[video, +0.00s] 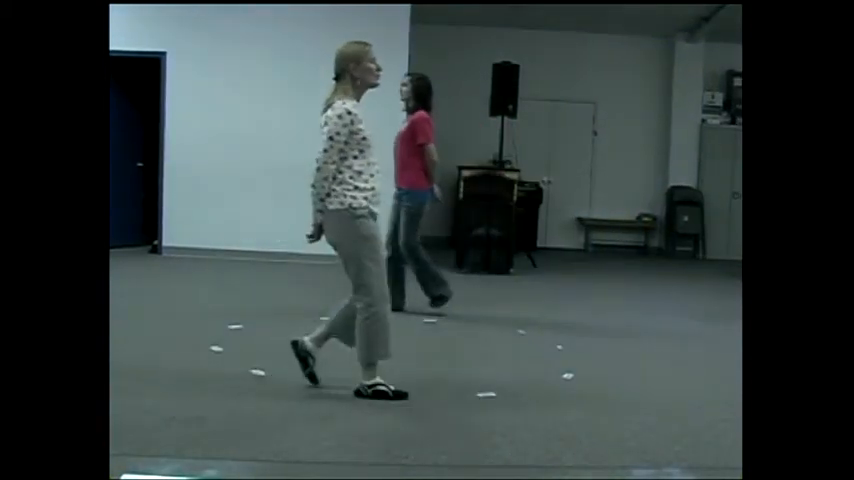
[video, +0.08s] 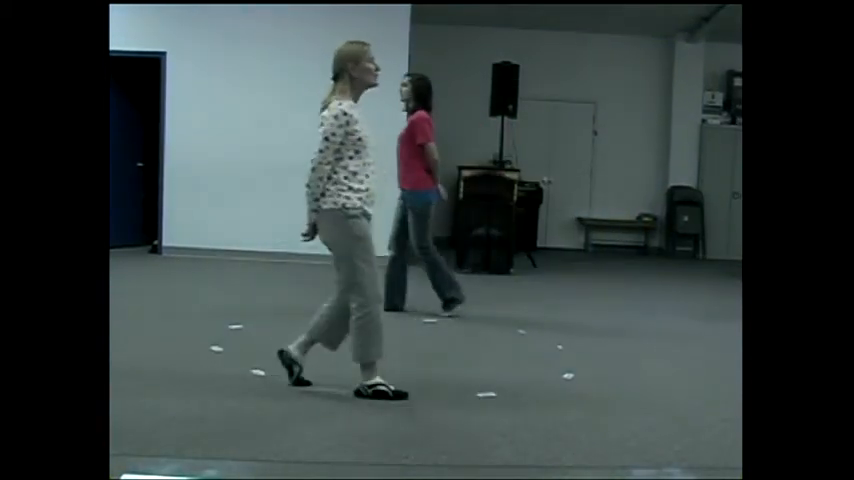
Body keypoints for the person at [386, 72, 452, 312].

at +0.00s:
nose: (401, 91)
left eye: (406, 86)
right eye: (401, 86)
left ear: (418, 92)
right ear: (409, 92)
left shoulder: (420, 119)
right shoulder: (411, 120)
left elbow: (430, 153)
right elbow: (421, 153)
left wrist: (432, 181)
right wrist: (429, 180)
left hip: (416, 189)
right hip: (404, 189)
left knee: (407, 243)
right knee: (393, 245)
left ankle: (438, 291)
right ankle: (395, 300)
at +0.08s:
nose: (401, 90)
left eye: (405, 86)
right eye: (402, 86)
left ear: (416, 92)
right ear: (413, 92)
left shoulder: (420, 119)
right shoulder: (413, 119)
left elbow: (431, 153)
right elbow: (423, 154)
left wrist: (435, 180)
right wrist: (433, 179)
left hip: (420, 191)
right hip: (409, 190)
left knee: (422, 246)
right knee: (398, 247)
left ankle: (451, 295)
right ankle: (394, 300)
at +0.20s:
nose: (400, 92)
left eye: (405, 88)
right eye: (401, 87)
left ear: (416, 93)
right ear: (414, 94)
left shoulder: (420, 122)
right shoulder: (414, 122)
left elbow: (436, 155)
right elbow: (426, 157)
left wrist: (443, 182)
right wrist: (443, 184)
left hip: (428, 194)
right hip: (416, 194)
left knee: (434, 247)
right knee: (404, 246)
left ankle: (458, 302)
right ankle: (397, 300)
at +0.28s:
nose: (400, 91)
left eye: (405, 87)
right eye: (401, 87)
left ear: (416, 93)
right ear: (414, 94)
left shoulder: (421, 121)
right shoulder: (415, 120)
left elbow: (437, 155)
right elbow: (428, 157)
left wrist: (445, 182)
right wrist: (446, 184)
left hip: (429, 193)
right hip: (417, 193)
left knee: (435, 247)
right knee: (406, 245)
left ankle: (458, 301)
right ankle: (408, 300)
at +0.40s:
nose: (399, 91)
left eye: (403, 87)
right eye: (399, 87)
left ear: (415, 92)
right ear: (413, 94)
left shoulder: (419, 119)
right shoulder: (414, 119)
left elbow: (432, 153)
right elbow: (426, 155)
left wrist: (439, 181)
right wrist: (437, 181)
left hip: (424, 192)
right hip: (415, 192)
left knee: (425, 245)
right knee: (413, 250)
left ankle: (454, 297)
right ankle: (426, 302)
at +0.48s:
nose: (397, 94)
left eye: (401, 90)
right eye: (397, 90)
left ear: (414, 94)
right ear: (410, 96)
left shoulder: (418, 123)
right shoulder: (413, 122)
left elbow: (430, 156)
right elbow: (425, 157)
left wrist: (436, 184)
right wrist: (434, 183)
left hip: (420, 193)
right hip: (413, 193)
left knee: (415, 248)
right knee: (413, 249)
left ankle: (446, 295)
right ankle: (426, 302)